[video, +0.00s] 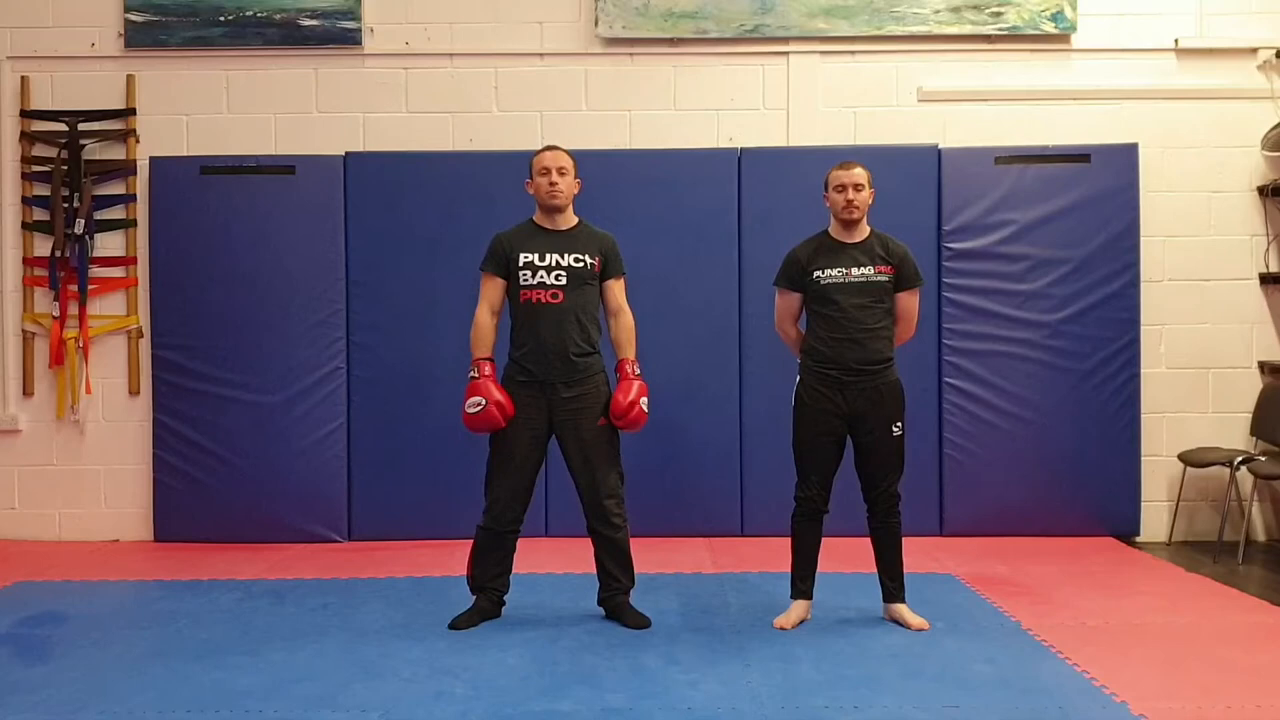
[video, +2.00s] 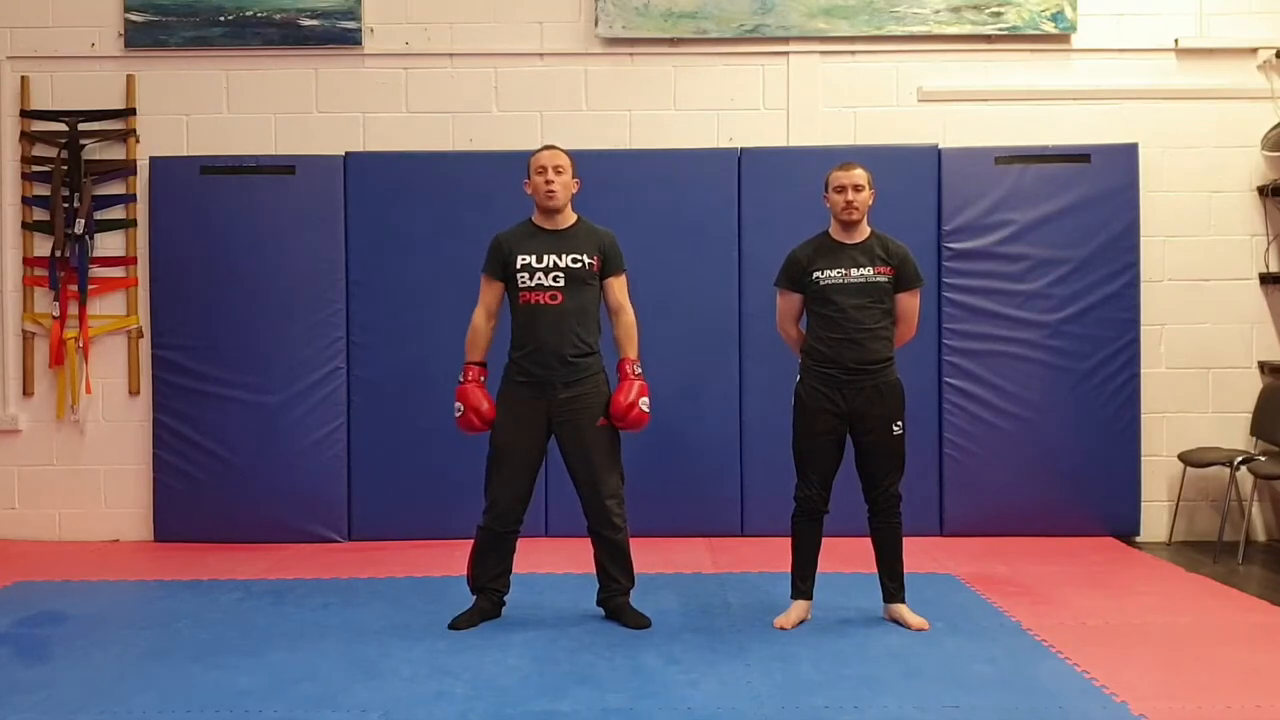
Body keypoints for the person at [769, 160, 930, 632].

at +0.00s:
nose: (849, 196)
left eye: (858, 188)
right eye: (840, 189)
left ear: (871, 195)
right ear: (827, 198)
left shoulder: (896, 255)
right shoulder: (803, 257)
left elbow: (906, 327)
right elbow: (785, 325)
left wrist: (863, 351)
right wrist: (820, 356)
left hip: (878, 392)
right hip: (819, 393)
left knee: (885, 500)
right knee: (810, 497)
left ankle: (894, 600)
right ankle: (801, 598)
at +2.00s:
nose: (849, 197)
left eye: (857, 189)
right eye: (839, 190)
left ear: (871, 196)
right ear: (827, 198)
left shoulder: (896, 256)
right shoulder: (804, 258)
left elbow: (907, 327)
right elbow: (787, 325)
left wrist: (865, 353)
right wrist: (822, 357)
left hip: (878, 392)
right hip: (819, 393)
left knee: (885, 499)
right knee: (810, 497)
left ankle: (894, 600)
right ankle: (801, 598)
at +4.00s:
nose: (847, 199)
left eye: (855, 190)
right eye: (837, 192)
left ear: (869, 196)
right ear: (825, 199)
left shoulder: (894, 257)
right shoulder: (803, 258)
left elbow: (905, 328)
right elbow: (786, 325)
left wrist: (863, 353)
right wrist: (821, 357)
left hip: (877, 391)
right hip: (818, 391)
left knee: (885, 498)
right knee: (809, 496)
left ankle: (894, 600)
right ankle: (801, 598)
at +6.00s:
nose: (848, 199)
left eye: (856, 191)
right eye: (839, 192)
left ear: (871, 196)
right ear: (827, 199)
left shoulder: (896, 256)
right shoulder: (804, 258)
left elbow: (907, 328)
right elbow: (787, 326)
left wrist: (865, 353)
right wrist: (823, 357)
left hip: (878, 391)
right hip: (819, 392)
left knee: (885, 498)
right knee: (809, 497)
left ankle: (894, 601)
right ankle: (801, 598)